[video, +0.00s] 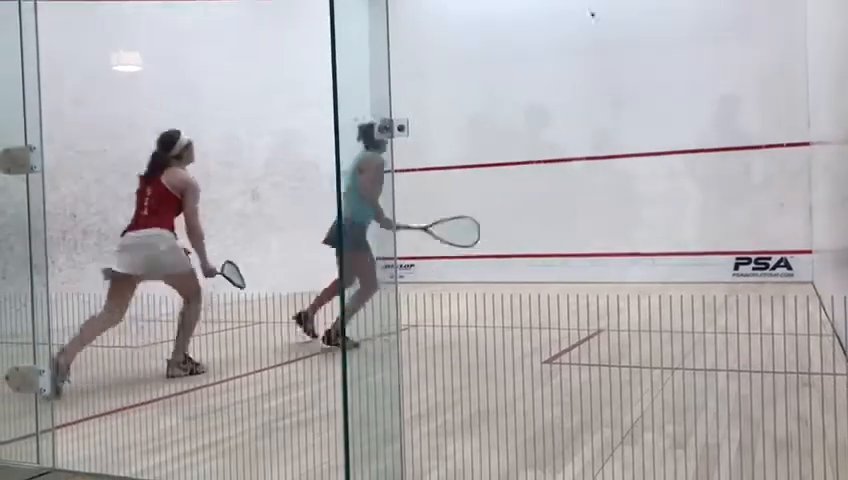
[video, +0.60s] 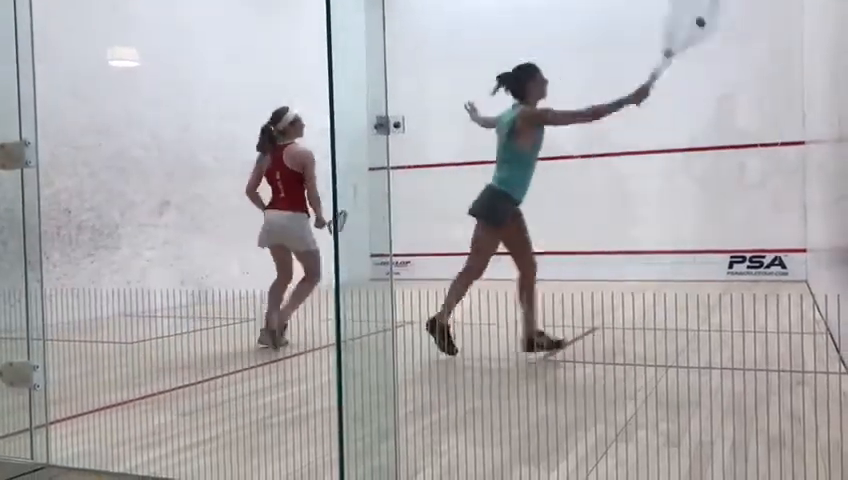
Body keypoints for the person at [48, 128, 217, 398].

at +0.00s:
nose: (193, 153)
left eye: (191, 148)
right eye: (190, 149)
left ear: (164, 153)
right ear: (182, 153)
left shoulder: (147, 178)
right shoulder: (185, 181)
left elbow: (149, 220)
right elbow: (193, 228)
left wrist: (174, 247)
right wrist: (205, 263)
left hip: (129, 247)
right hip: (160, 247)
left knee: (112, 313)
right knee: (193, 296)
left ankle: (64, 357)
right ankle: (178, 359)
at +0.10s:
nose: (218, 145)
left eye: (216, 141)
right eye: (215, 142)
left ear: (193, 150)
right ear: (208, 148)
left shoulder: (176, 175)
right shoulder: (212, 177)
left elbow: (160, 212)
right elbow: (219, 221)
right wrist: (230, 253)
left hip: (156, 239)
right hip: (184, 238)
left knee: (164, 311)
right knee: (205, 299)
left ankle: (112, 336)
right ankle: (180, 358)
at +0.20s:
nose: (237, 133)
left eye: (234, 129)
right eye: (233, 130)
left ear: (211, 137)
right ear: (224, 136)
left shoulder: (192, 162)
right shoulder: (234, 164)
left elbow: (170, 197)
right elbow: (243, 204)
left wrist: (182, 224)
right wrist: (251, 234)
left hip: (184, 229)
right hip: (210, 228)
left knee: (206, 290)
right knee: (211, 297)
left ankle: (174, 340)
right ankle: (180, 352)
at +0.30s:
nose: (253, 122)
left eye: (250, 118)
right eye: (248, 120)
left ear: (229, 130)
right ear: (240, 128)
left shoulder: (211, 153)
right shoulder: (255, 155)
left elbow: (188, 184)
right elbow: (264, 194)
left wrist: (197, 216)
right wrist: (269, 221)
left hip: (209, 222)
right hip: (235, 223)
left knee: (235, 279)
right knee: (228, 287)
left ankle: (238, 336)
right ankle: (190, 338)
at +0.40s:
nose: (270, 124)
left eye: (267, 121)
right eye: (265, 123)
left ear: (246, 134)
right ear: (257, 132)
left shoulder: (229, 158)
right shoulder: (272, 159)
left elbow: (206, 189)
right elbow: (282, 198)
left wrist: (214, 220)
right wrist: (286, 222)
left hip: (235, 226)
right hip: (260, 226)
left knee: (260, 281)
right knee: (252, 289)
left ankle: (266, 333)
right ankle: (213, 330)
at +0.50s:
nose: (287, 131)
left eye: (284, 127)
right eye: (282, 128)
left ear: (264, 138)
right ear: (274, 136)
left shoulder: (248, 164)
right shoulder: (288, 164)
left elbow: (229, 199)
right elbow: (297, 200)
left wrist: (239, 228)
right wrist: (303, 223)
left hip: (255, 228)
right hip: (279, 229)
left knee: (278, 283)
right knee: (284, 289)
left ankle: (269, 333)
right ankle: (248, 325)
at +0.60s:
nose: (302, 123)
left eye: (299, 119)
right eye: (297, 121)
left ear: (278, 130)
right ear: (289, 129)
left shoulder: (266, 155)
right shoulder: (303, 154)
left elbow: (251, 190)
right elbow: (311, 191)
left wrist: (265, 209)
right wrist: (319, 215)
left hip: (271, 220)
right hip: (295, 221)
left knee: (283, 274)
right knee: (313, 274)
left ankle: (269, 327)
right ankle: (282, 317)